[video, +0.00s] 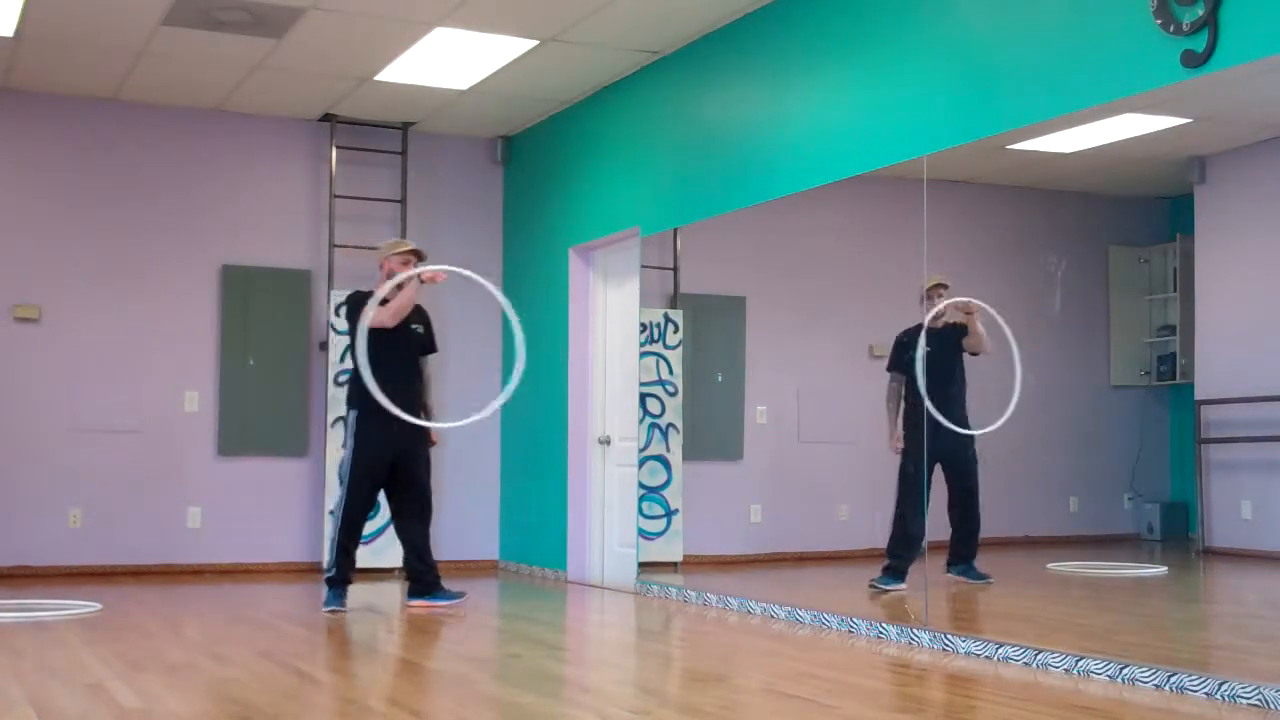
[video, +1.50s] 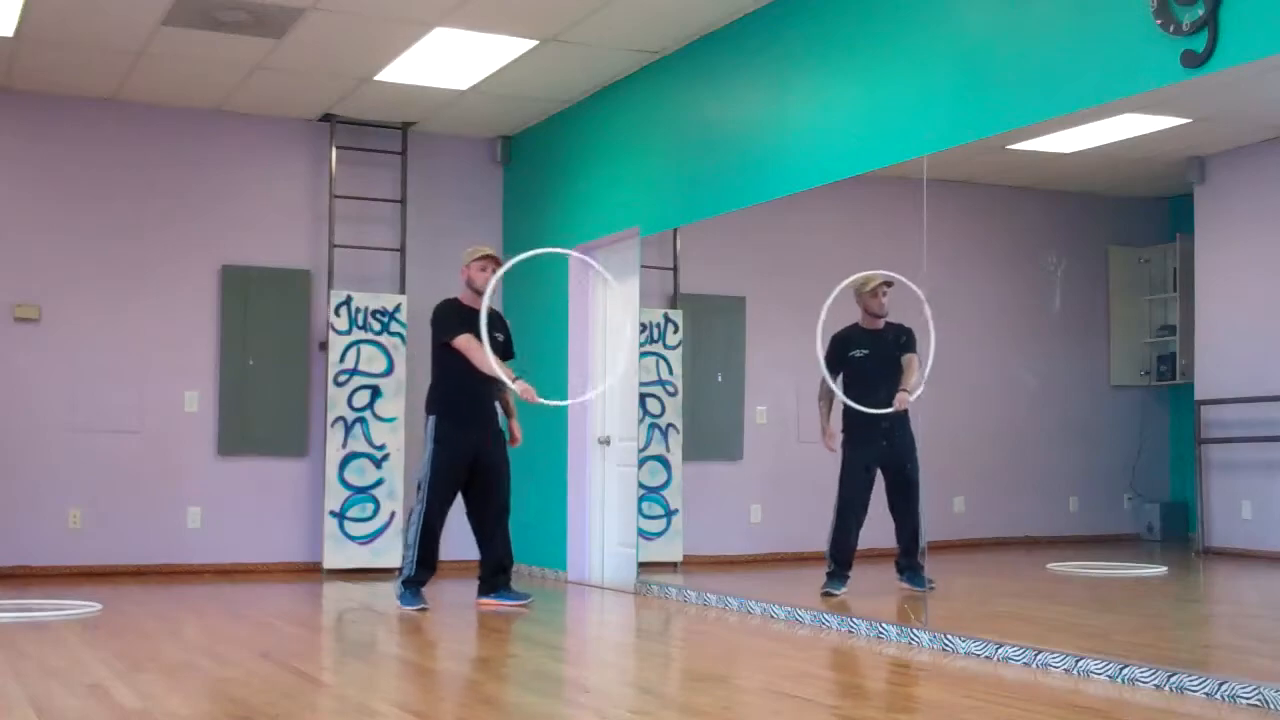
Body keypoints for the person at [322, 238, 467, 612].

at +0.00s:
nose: (409, 270)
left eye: (413, 265)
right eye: (402, 263)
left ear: (418, 269)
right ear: (384, 266)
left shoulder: (418, 314)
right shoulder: (358, 301)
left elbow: (420, 375)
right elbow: (388, 317)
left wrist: (427, 421)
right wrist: (417, 280)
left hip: (409, 418)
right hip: (369, 417)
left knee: (414, 506)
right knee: (355, 504)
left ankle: (423, 585)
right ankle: (337, 586)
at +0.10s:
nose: (418, 271)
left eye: (423, 266)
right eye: (412, 264)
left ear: (427, 272)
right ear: (395, 267)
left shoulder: (431, 314)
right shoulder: (371, 302)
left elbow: (438, 370)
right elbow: (377, 327)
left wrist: (443, 412)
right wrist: (397, 283)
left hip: (422, 421)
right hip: (383, 421)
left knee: (422, 510)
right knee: (375, 509)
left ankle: (425, 586)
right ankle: (368, 585)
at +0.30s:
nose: (426, 270)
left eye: (433, 266)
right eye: (419, 264)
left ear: (440, 275)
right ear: (407, 270)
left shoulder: (448, 315)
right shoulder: (388, 308)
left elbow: (452, 370)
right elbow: (356, 330)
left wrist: (459, 416)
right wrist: (352, 290)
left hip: (446, 425)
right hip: (407, 425)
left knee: (462, 501)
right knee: (406, 507)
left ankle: (463, 581)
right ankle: (406, 584)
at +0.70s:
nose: (450, 272)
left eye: (458, 268)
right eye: (444, 266)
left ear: (466, 277)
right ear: (433, 272)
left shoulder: (473, 317)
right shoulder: (417, 312)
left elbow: (484, 369)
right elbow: (386, 347)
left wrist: (503, 411)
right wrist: (394, 312)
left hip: (466, 426)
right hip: (425, 426)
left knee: (480, 508)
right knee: (415, 509)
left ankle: (488, 586)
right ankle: (406, 586)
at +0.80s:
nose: (441, 272)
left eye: (448, 268)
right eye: (436, 267)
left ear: (460, 276)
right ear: (427, 274)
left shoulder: (472, 315)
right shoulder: (411, 314)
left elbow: (486, 364)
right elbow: (397, 360)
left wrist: (506, 406)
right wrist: (422, 331)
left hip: (468, 426)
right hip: (426, 427)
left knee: (480, 509)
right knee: (416, 510)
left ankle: (488, 586)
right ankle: (406, 586)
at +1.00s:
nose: (447, 274)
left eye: (454, 269)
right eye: (441, 268)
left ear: (463, 276)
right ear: (430, 274)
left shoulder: (478, 316)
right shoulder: (416, 317)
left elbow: (492, 364)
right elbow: (419, 366)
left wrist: (512, 401)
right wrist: (462, 358)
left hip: (474, 426)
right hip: (434, 427)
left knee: (487, 507)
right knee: (421, 508)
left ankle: (497, 586)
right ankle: (407, 586)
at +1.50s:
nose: (488, 276)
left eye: (494, 272)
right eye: (482, 269)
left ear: (497, 280)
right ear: (465, 273)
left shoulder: (496, 321)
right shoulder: (447, 311)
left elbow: (500, 374)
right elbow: (473, 351)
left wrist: (511, 418)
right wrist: (513, 380)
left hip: (487, 420)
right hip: (449, 419)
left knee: (493, 505)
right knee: (432, 503)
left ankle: (494, 585)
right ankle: (411, 584)